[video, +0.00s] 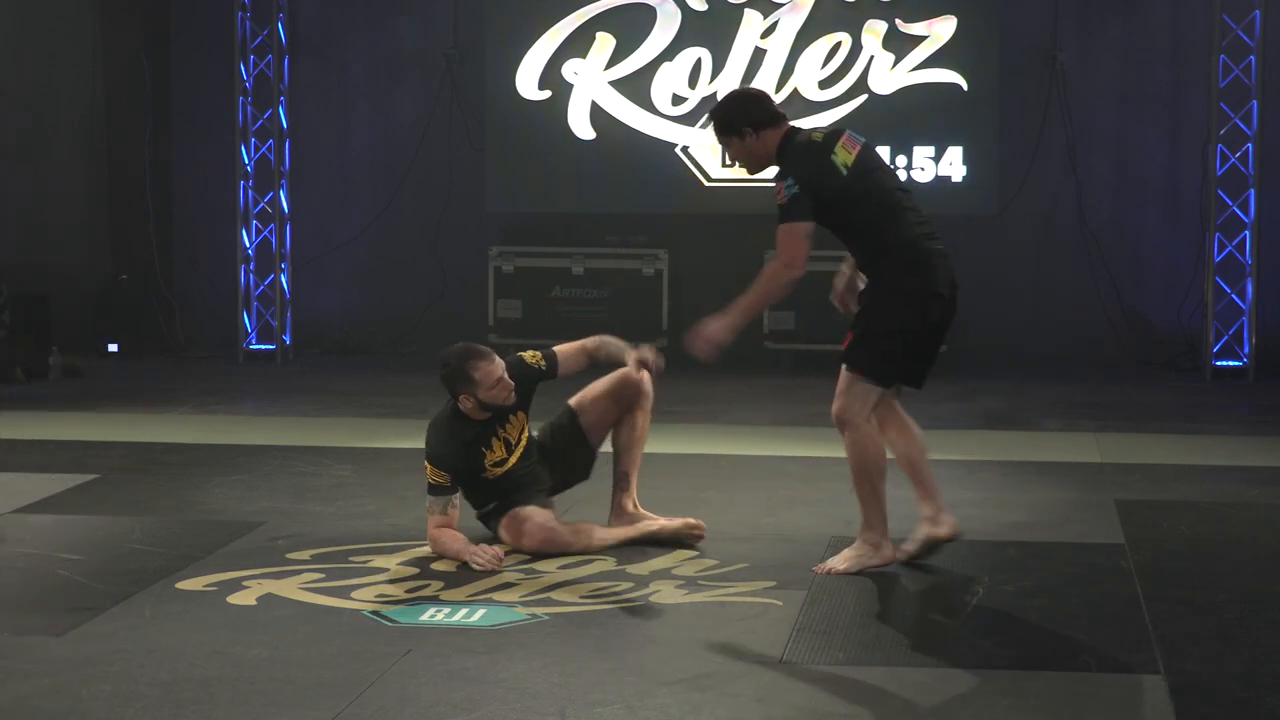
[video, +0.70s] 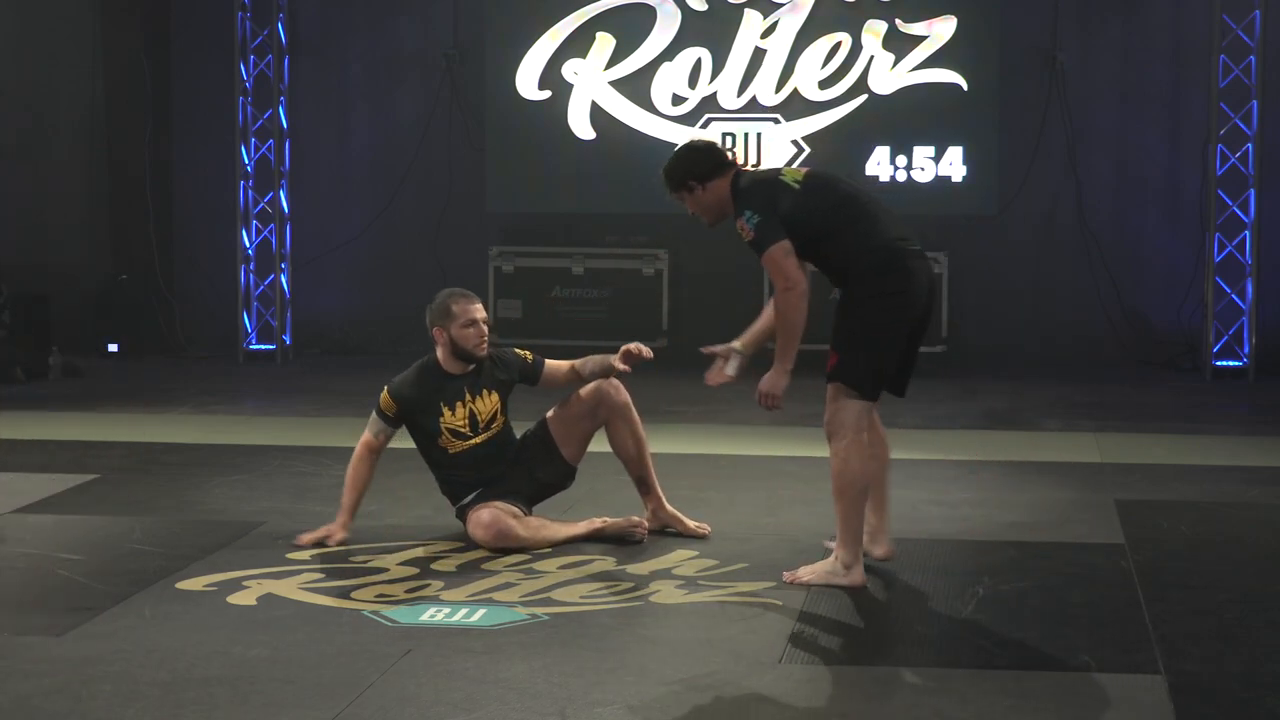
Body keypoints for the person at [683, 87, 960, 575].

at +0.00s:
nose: (733, 158)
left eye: (731, 147)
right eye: (728, 149)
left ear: (752, 134)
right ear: (770, 124)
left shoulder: (795, 165)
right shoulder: (832, 138)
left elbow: (789, 263)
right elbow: (883, 205)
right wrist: (853, 268)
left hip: (903, 282)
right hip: (928, 274)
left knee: (850, 412)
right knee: (880, 403)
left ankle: (874, 540)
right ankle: (936, 516)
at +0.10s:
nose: (741, 159)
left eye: (739, 147)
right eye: (736, 150)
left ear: (762, 134)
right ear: (772, 130)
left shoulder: (805, 164)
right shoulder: (833, 143)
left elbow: (839, 254)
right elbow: (893, 206)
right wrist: (884, 275)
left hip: (906, 289)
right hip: (942, 284)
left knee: (850, 412)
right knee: (928, 418)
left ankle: (874, 539)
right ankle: (978, 541)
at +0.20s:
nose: (748, 169)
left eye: (746, 157)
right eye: (743, 160)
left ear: (768, 146)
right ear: (778, 141)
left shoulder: (814, 174)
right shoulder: (837, 154)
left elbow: (873, 251)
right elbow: (898, 226)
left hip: (916, 288)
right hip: (954, 286)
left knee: (834, 402)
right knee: (941, 424)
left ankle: (865, 533)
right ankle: (980, 548)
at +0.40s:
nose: (732, 180)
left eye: (730, 168)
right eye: (727, 170)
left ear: (751, 156)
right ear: (765, 148)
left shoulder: (797, 182)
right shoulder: (824, 163)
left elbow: (858, 257)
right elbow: (849, 263)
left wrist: (902, 332)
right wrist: (829, 342)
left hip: (909, 296)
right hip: (948, 290)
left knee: (858, 421)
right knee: (955, 425)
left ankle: (849, 559)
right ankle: (982, 548)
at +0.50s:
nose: (717, 191)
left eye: (713, 180)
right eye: (712, 183)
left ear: (731, 166)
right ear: (751, 152)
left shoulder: (781, 188)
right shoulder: (806, 168)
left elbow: (835, 273)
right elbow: (833, 272)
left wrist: (858, 356)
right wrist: (811, 348)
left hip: (891, 294)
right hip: (932, 286)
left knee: (852, 417)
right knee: (923, 421)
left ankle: (847, 560)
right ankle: (975, 544)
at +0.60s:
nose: (702, 202)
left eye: (699, 189)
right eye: (696, 192)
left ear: (718, 175)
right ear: (736, 163)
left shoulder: (766, 196)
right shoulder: (785, 182)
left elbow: (807, 283)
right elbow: (820, 287)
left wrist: (801, 373)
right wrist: (782, 354)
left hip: (887, 290)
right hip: (915, 281)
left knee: (846, 422)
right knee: (886, 415)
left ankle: (847, 560)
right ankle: (942, 530)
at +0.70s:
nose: (691, 212)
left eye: (688, 199)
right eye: (685, 203)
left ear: (706, 184)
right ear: (718, 175)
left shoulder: (752, 202)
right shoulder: (767, 189)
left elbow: (792, 287)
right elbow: (789, 289)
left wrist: (781, 368)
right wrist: (740, 346)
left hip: (878, 285)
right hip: (903, 277)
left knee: (843, 422)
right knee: (861, 411)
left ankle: (847, 560)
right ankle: (877, 536)